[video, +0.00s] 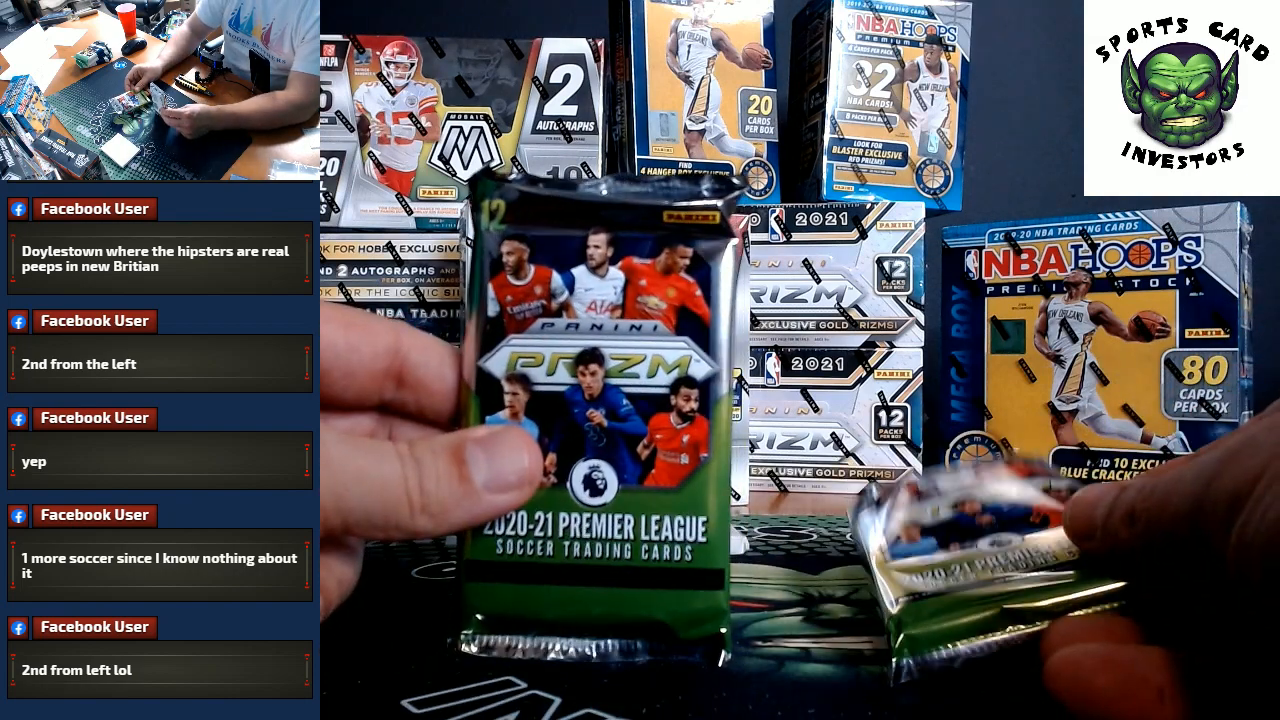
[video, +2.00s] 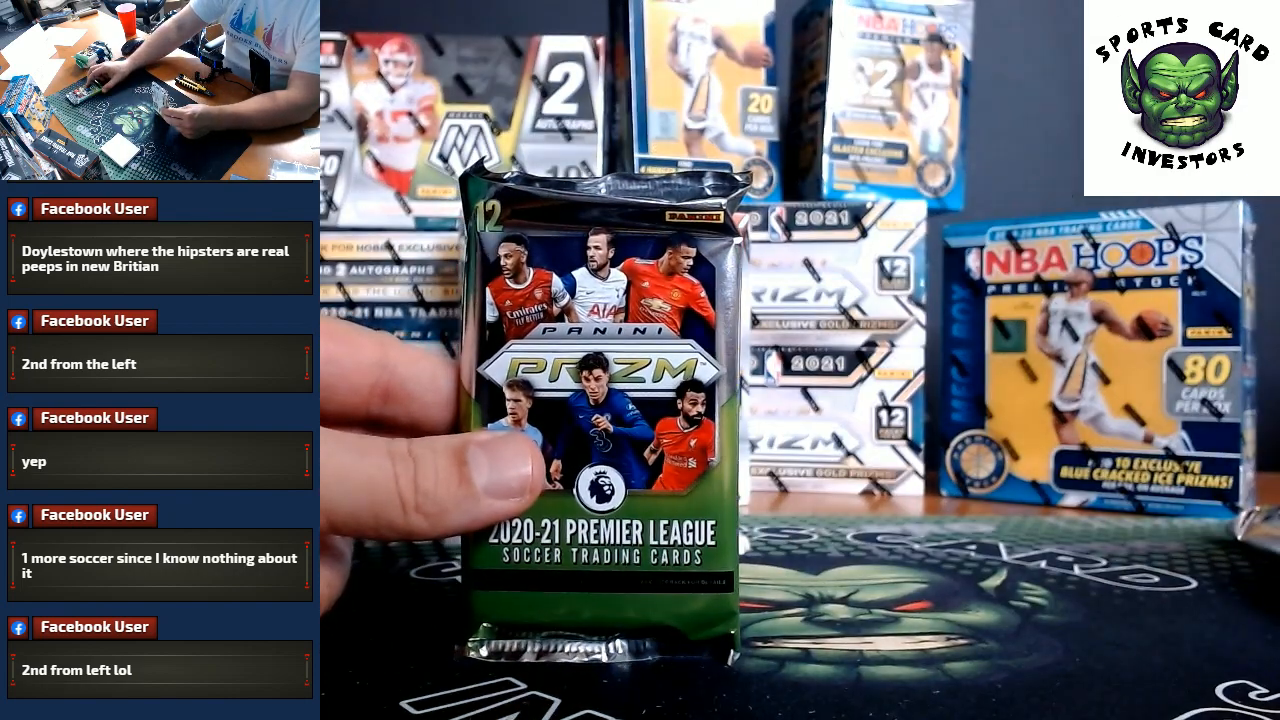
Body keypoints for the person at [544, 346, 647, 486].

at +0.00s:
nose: (588, 381)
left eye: (593, 374)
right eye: (582, 375)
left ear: (603, 373)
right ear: (577, 376)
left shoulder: (613, 395)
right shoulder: (572, 396)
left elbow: (640, 428)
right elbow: (564, 425)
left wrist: (607, 424)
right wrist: (553, 451)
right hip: (592, 462)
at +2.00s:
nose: (592, 386)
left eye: (598, 379)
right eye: (587, 380)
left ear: (607, 377)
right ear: (581, 379)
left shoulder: (619, 400)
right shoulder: (575, 403)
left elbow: (647, 433)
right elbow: (568, 430)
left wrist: (613, 430)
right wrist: (558, 458)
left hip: (630, 473)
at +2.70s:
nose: (591, 386)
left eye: (596, 379)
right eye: (585, 379)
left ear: (605, 376)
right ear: (579, 379)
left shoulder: (617, 400)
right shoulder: (574, 402)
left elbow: (646, 432)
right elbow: (568, 428)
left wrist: (612, 429)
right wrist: (557, 457)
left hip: (630, 474)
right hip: (598, 472)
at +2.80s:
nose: (590, 386)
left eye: (595, 379)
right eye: (585, 379)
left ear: (605, 376)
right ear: (579, 379)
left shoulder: (617, 400)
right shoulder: (573, 402)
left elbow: (645, 432)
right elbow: (567, 428)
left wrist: (612, 429)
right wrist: (556, 457)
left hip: (629, 474)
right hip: (597, 473)